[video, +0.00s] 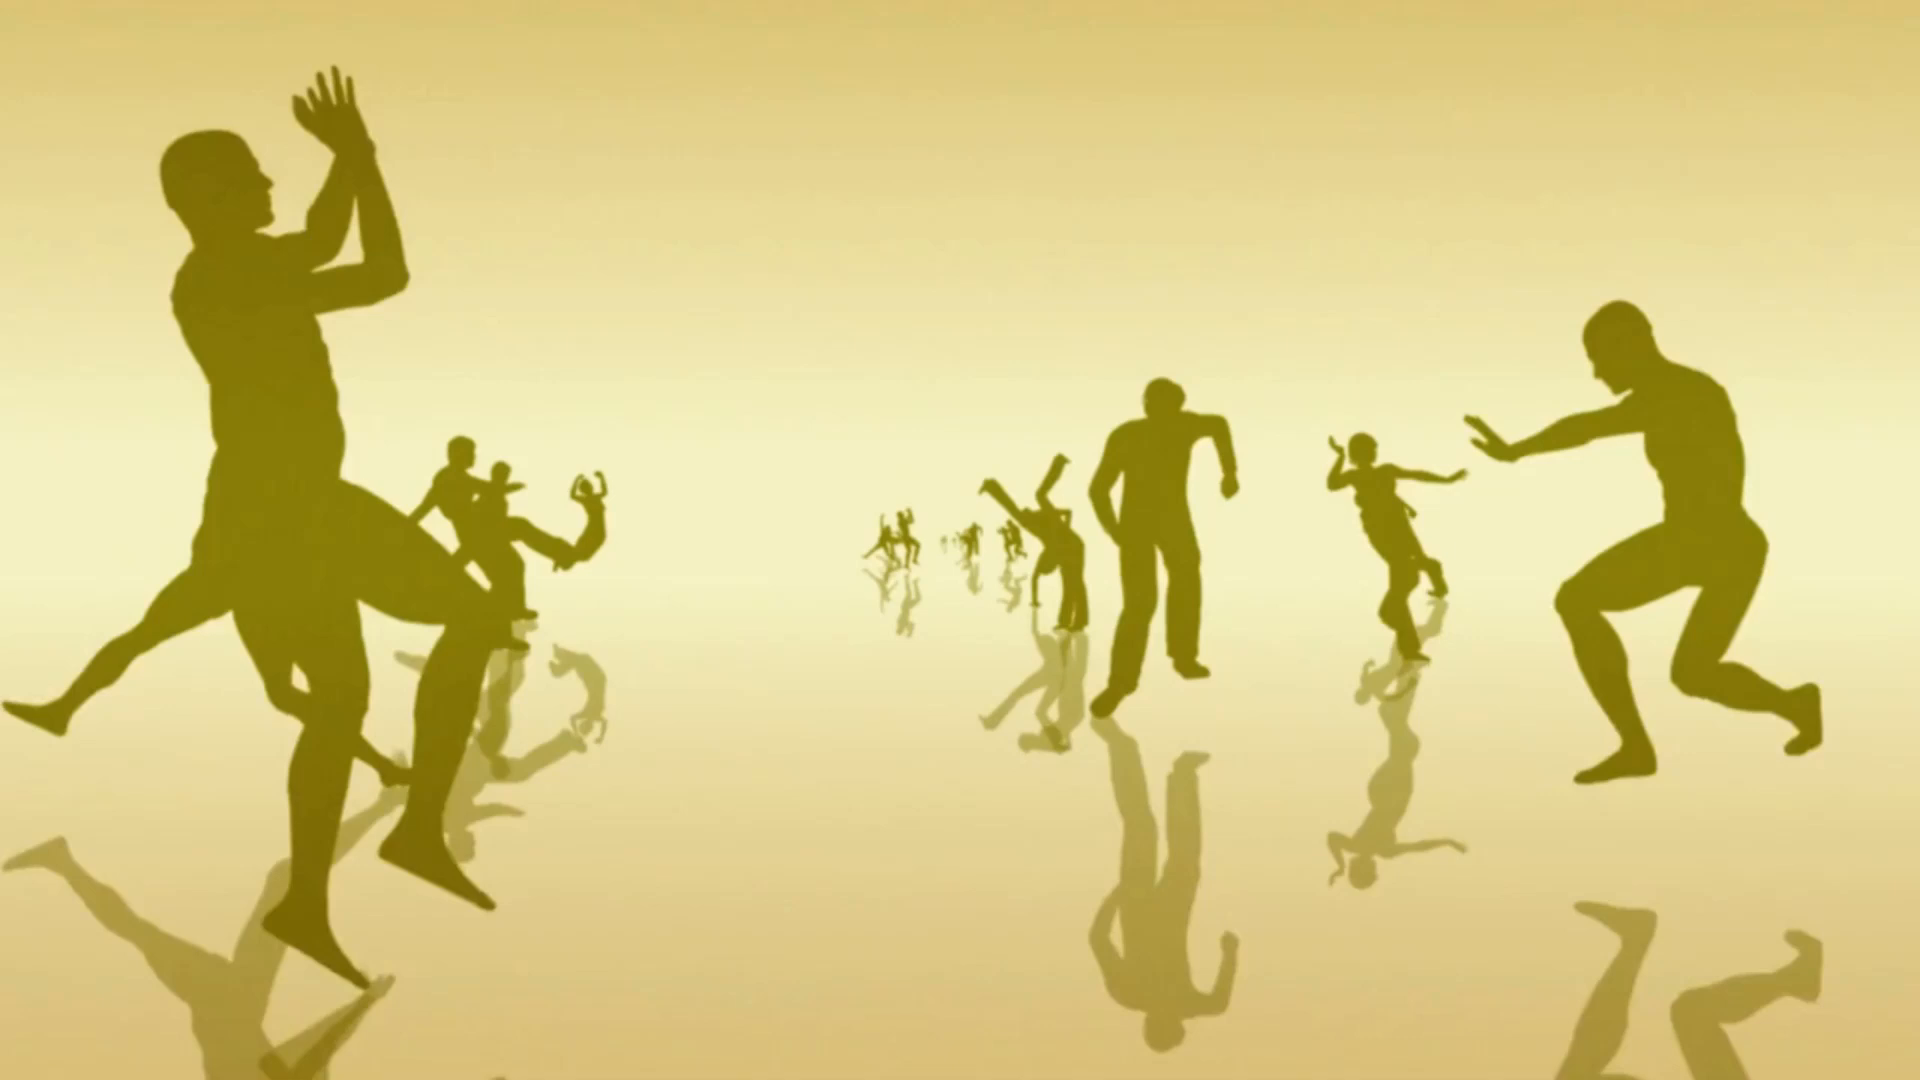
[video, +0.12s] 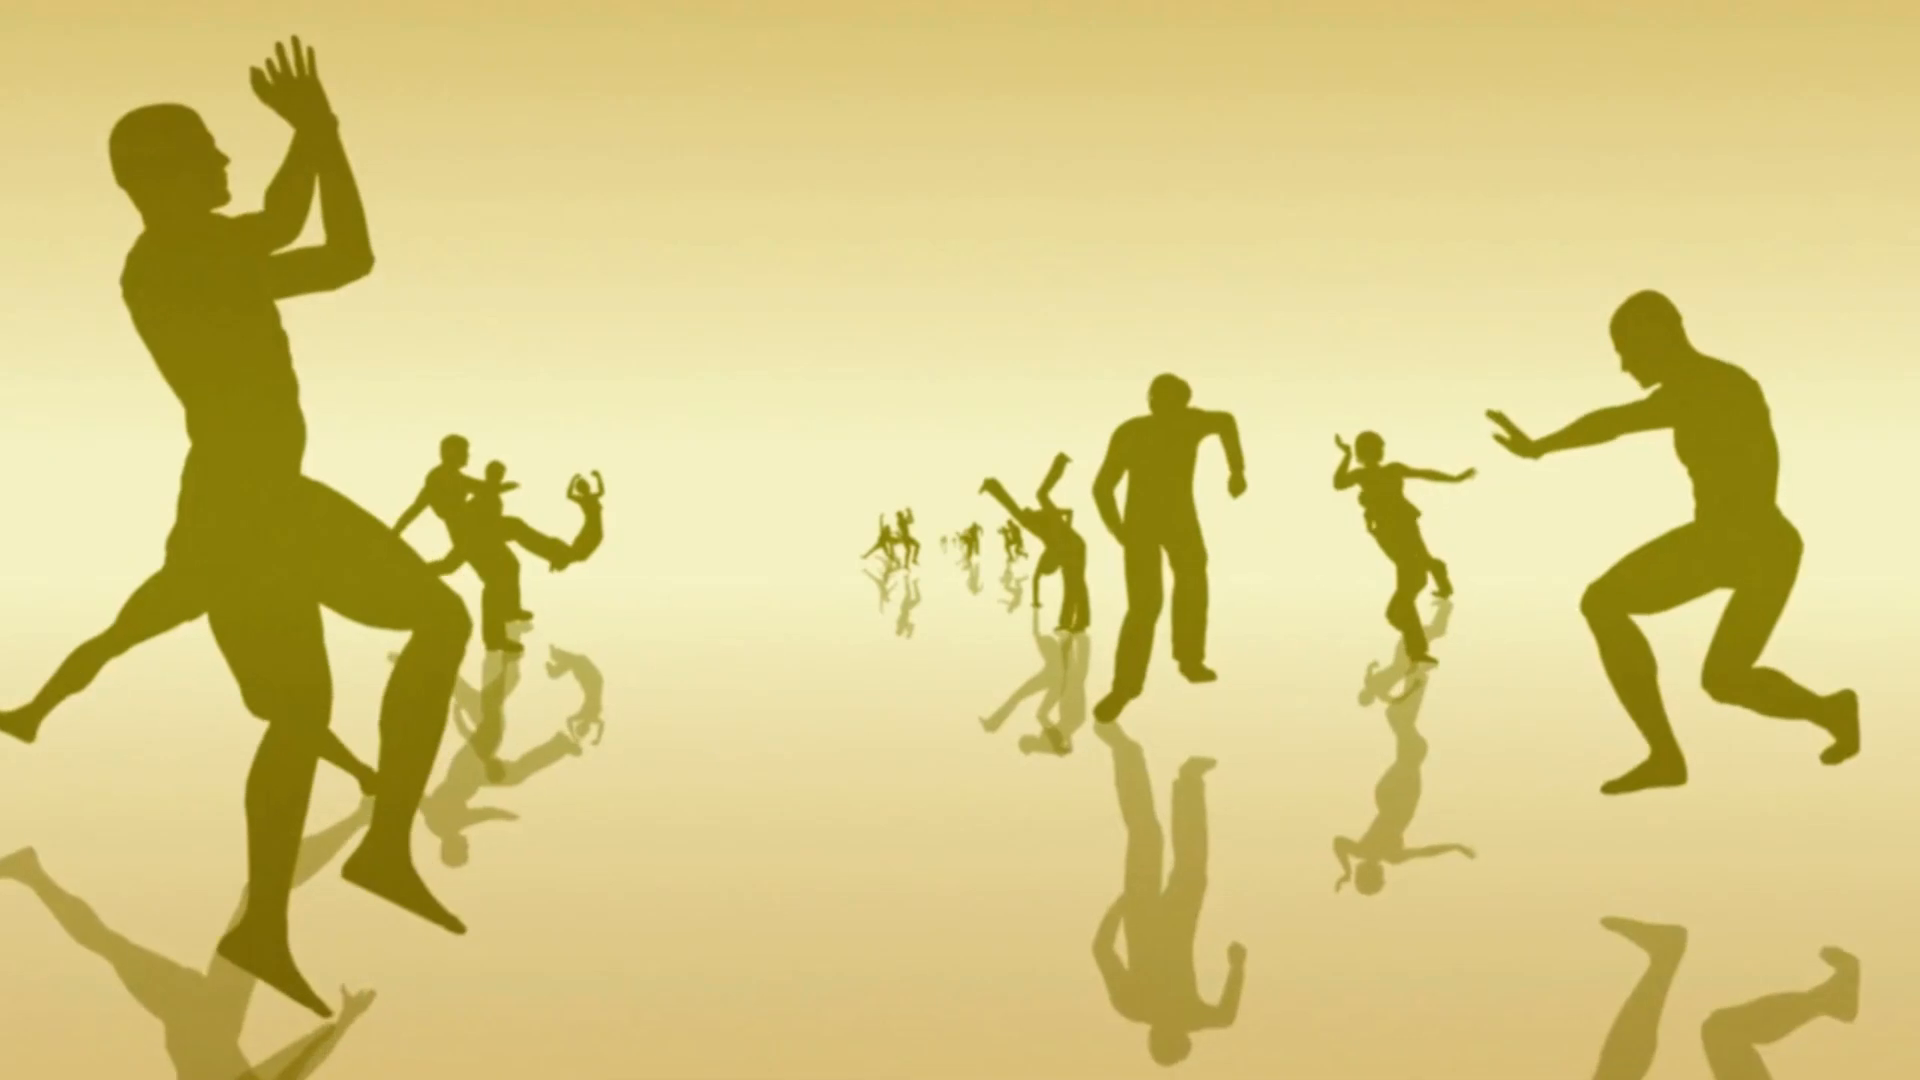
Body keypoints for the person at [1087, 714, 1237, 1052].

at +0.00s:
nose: (1172, 1038)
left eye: (1165, 1040)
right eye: (1172, 1041)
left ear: (1152, 1030)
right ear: (1176, 1030)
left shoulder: (1127, 994)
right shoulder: (1189, 1005)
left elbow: (1097, 939)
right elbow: (1220, 1001)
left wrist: (1114, 899)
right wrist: (1230, 954)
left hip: (1136, 921)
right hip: (1171, 924)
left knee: (1138, 825)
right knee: (1186, 859)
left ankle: (1119, 742)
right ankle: (1184, 772)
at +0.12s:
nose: (1177, 1051)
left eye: (1171, 1053)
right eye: (1177, 1054)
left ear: (1157, 1043)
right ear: (1181, 1043)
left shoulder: (1131, 1006)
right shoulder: (1195, 1017)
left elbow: (1101, 949)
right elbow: (1227, 1014)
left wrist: (1117, 908)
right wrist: (1237, 967)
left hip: (1142, 934)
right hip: (1178, 936)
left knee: (1143, 834)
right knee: (1192, 867)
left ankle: (1125, 749)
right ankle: (1191, 781)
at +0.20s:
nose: (1180, 1070)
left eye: (1176, 1072)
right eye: (1185, 1071)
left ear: (1162, 1065)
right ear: (1193, 1064)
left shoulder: (1140, 1025)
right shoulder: (1205, 1036)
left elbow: (1107, 966)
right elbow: (1239, 1033)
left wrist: (1125, 922)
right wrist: (1248, 984)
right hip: (1188, 963)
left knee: (1151, 848)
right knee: (1202, 882)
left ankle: (1132, 758)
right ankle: (1200, 790)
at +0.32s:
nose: (1186, 1064)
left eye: (1177, 1067)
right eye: (1190, 1067)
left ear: (1167, 1067)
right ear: (1197, 1065)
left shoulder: (1145, 1038)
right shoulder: (1208, 1050)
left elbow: (1112, 976)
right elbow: (1246, 1048)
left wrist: (1131, 932)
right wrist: (1256, 998)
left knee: (1156, 857)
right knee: (1209, 891)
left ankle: (1136, 764)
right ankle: (1207, 795)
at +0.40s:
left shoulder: (1155, 1061)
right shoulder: (1229, 1073)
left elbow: (1119, 996)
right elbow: (1259, 1065)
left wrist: (1138, 951)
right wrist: (1270, 1015)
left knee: (1165, 868)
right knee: (1219, 908)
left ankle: (1142, 770)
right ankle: (1218, 805)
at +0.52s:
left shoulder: (1159, 1069)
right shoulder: (1233, 1075)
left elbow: (1124, 1008)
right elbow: (1269, 1071)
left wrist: (1143, 963)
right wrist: (1280, 1031)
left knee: (1172, 881)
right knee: (1227, 917)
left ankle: (1150, 778)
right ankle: (1225, 814)